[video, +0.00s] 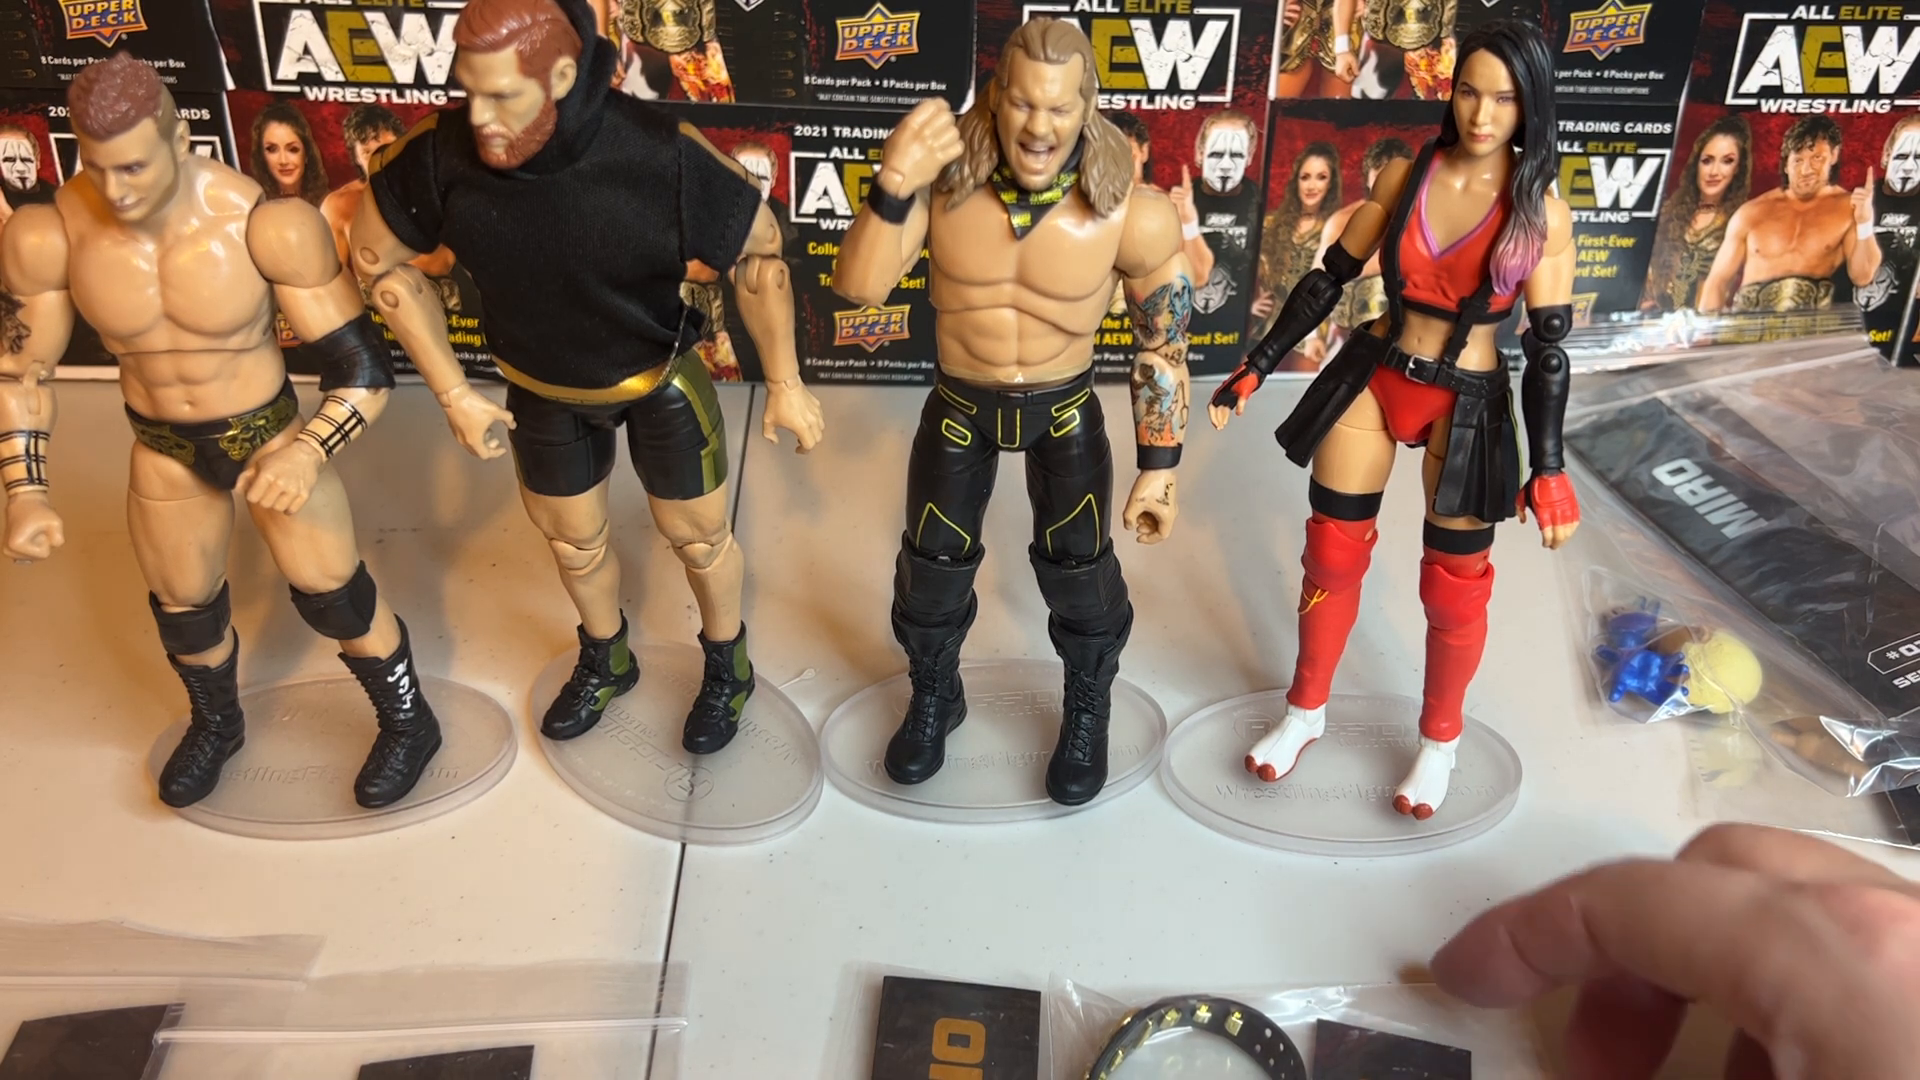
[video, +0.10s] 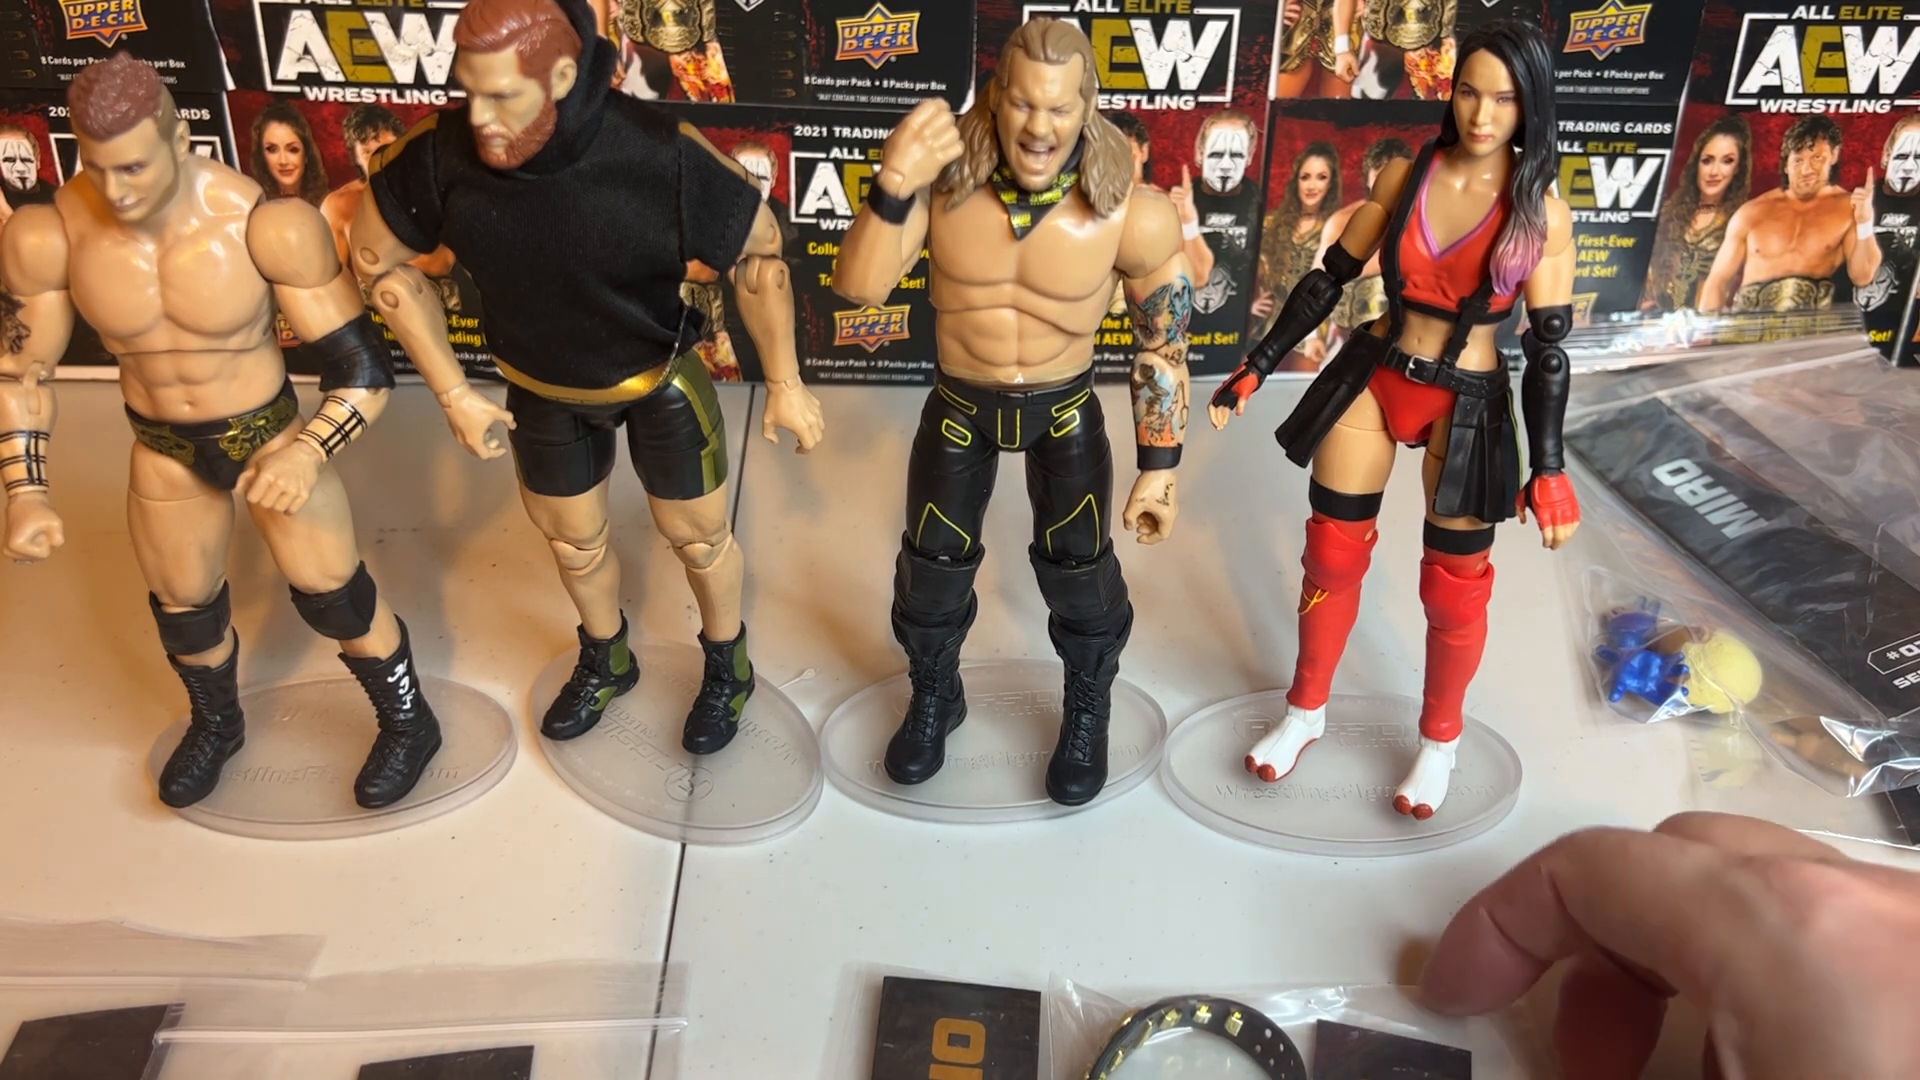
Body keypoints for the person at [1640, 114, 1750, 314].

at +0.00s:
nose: (1714, 171)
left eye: (1727, 161)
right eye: (1707, 160)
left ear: (1739, 168)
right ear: (1695, 164)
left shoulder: (1743, 219)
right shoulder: (1671, 212)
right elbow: (1654, 267)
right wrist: (1649, 300)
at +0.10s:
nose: (1714, 171)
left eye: (1727, 161)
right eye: (1707, 160)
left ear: (1739, 168)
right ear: (1695, 164)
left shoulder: (1742, 220)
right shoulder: (1671, 212)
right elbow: (1654, 266)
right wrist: (1649, 300)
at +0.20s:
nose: (1714, 171)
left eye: (1727, 161)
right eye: (1707, 160)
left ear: (1739, 168)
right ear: (1695, 164)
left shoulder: (1743, 220)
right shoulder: (1671, 213)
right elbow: (1653, 267)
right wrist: (1649, 300)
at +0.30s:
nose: (1714, 171)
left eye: (1727, 161)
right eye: (1707, 160)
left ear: (1739, 168)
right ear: (1695, 164)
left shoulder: (1743, 219)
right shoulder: (1671, 212)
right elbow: (1654, 266)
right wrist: (1648, 300)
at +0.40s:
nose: (1714, 171)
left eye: (1727, 161)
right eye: (1707, 160)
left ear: (1739, 168)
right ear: (1696, 164)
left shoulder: (1742, 219)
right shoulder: (1671, 212)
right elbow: (1654, 266)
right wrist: (1649, 300)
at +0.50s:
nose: (1714, 171)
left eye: (1727, 160)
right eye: (1706, 160)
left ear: (1739, 167)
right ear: (1695, 163)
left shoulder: (1742, 219)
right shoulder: (1671, 212)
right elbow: (1653, 266)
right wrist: (1649, 299)